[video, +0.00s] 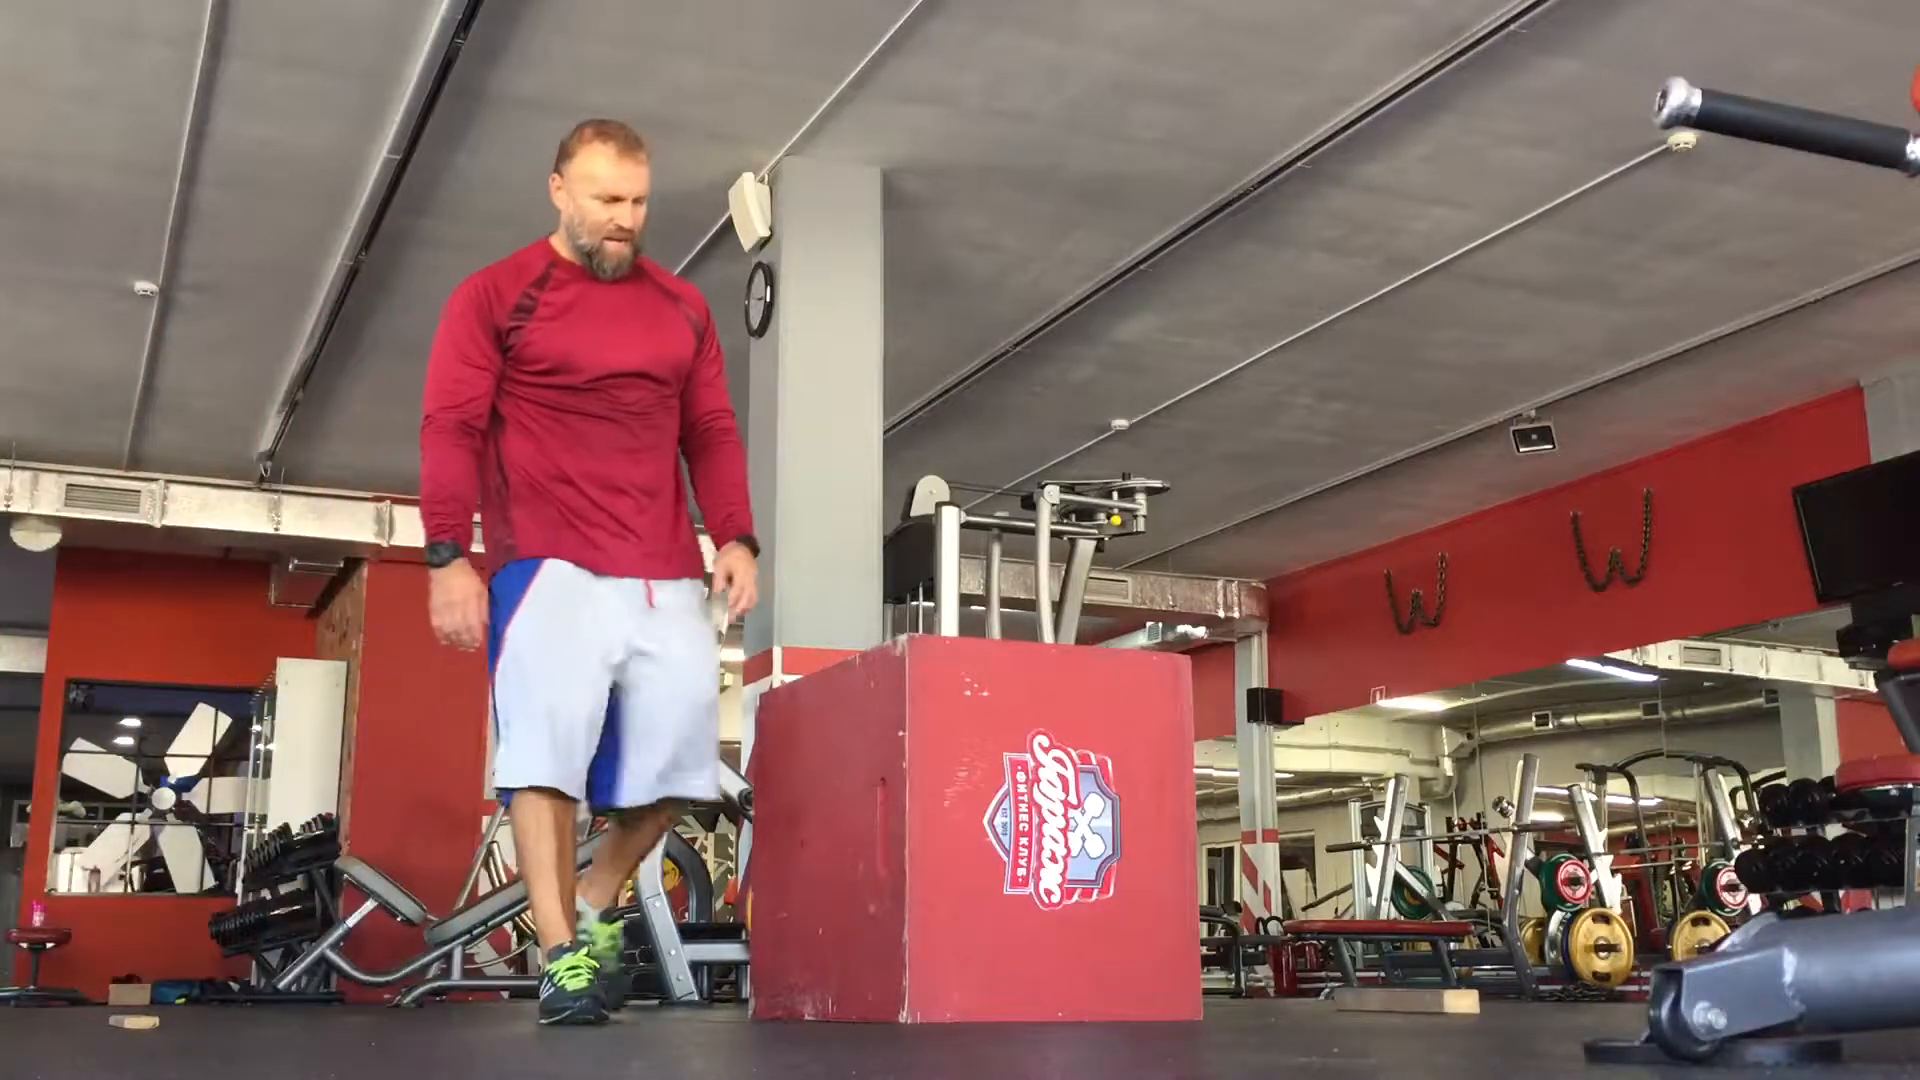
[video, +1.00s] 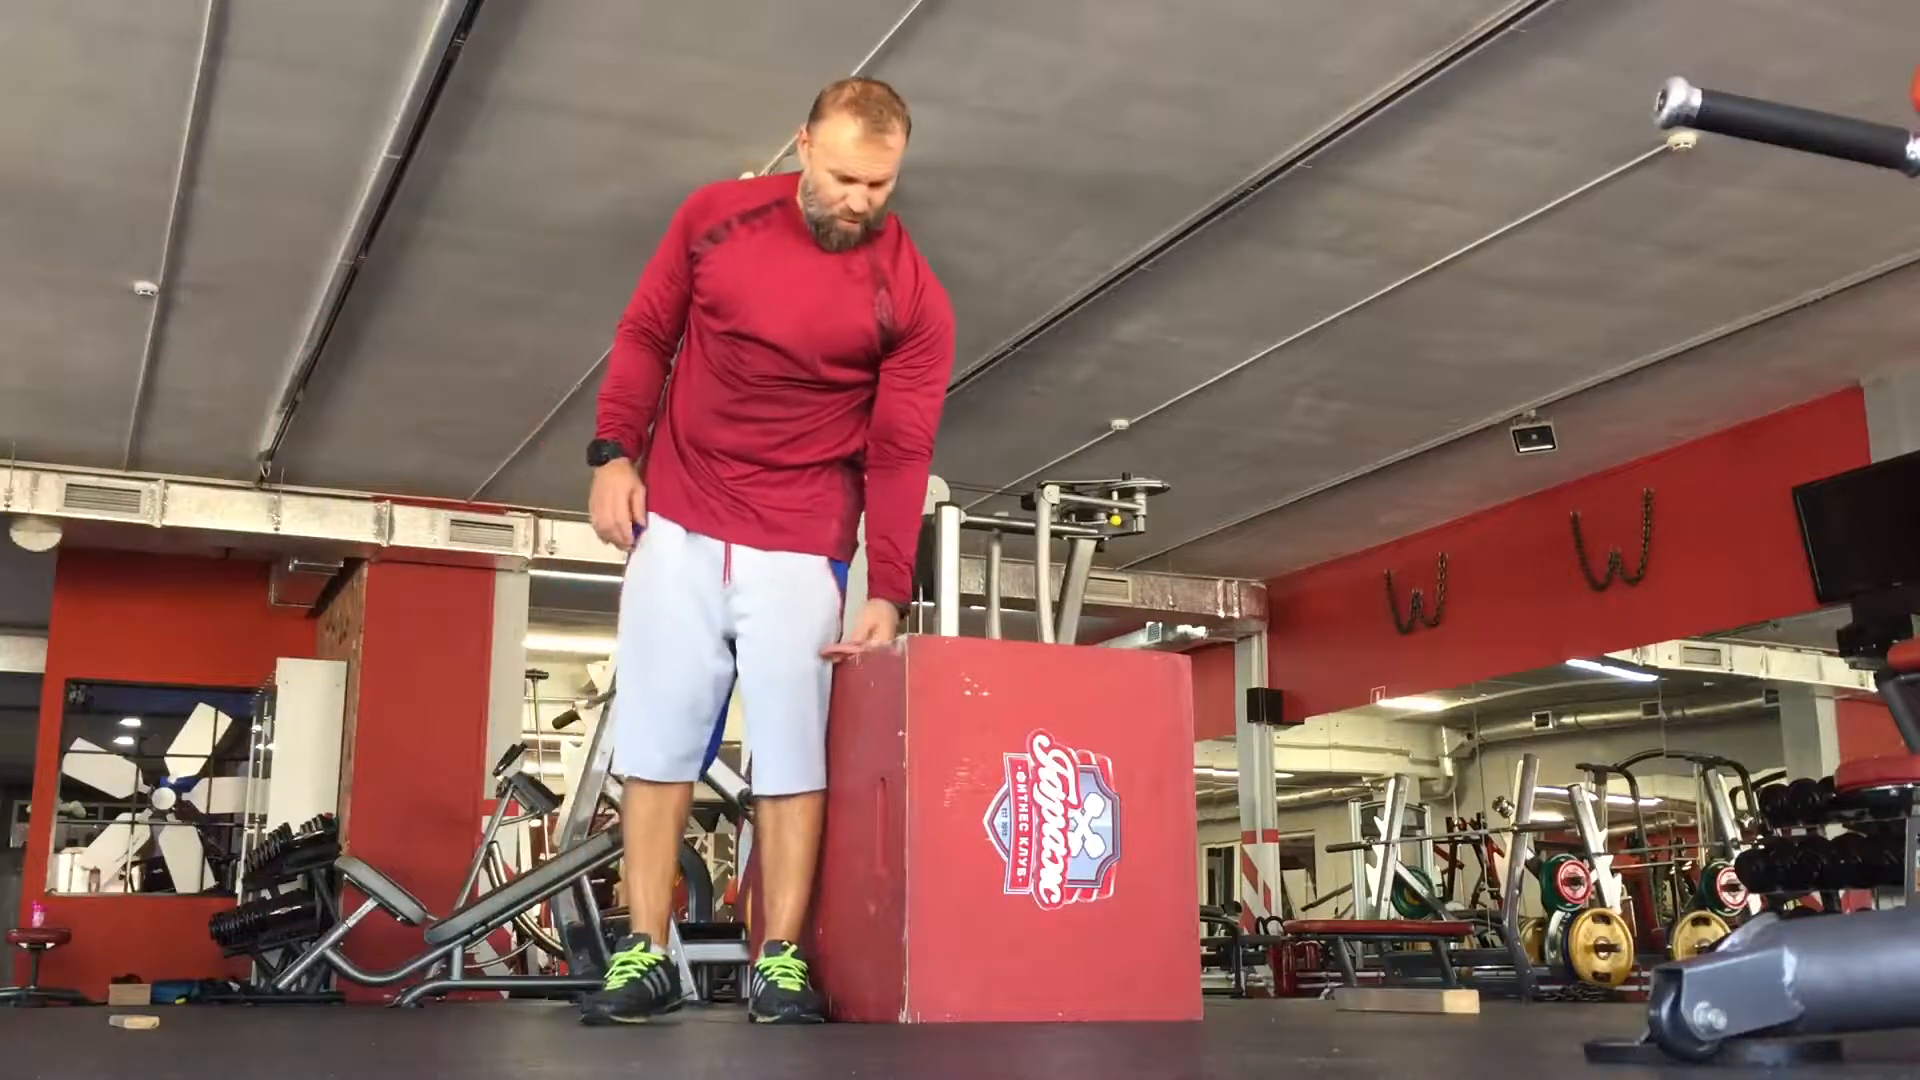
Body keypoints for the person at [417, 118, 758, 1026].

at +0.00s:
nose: (627, 218)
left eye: (639, 201)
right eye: (608, 199)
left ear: (651, 200)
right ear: (559, 190)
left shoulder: (682, 306)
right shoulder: (496, 297)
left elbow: (712, 432)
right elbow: (452, 427)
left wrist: (733, 538)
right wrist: (449, 555)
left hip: (666, 575)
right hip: (551, 568)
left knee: (680, 746)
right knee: (544, 749)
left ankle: (598, 892)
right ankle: (557, 951)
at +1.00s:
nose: (855, 200)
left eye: (876, 184)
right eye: (839, 178)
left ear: (900, 175)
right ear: (804, 144)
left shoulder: (913, 301)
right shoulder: (715, 216)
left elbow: (903, 454)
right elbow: (645, 335)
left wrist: (887, 592)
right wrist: (614, 455)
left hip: (803, 527)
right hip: (680, 507)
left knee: (791, 738)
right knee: (659, 728)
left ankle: (780, 957)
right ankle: (646, 953)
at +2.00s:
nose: (861, 215)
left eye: (883, 200)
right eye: (845, 193)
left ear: (912, 185)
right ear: (814, 159)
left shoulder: (928, 307)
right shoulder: (735, 215)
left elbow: (918, 457)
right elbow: (663, 331)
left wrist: (905, 593)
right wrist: (622, 455)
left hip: (811, 532)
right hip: (688, 508)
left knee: (793, 745)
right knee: (662, 732)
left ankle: (778, 959)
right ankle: (647, 952)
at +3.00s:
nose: (646, 174)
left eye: (662, 157)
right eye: (627, 161)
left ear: (694, 163)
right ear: (602, 173)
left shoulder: (736, 255)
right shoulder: (568, 258)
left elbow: (766, 280)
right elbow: (545, 288)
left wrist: (760, 252)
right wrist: (587, 264)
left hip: (714, 547)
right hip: (593, 556)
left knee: (739, 742)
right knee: (606, 758)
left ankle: (764, 953)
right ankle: (636, 964)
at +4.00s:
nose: (296, 58)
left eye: (318, 38)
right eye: (277, 38)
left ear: (360, 54)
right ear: (251, 54)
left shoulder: (415, 190)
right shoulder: (200, 180)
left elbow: (398, 320)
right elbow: (122, 305)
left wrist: (252, 314)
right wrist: (185, 312)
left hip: (330, 494)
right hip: (192, 480)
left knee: (336, 720)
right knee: (87, 677)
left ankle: (330, 958)